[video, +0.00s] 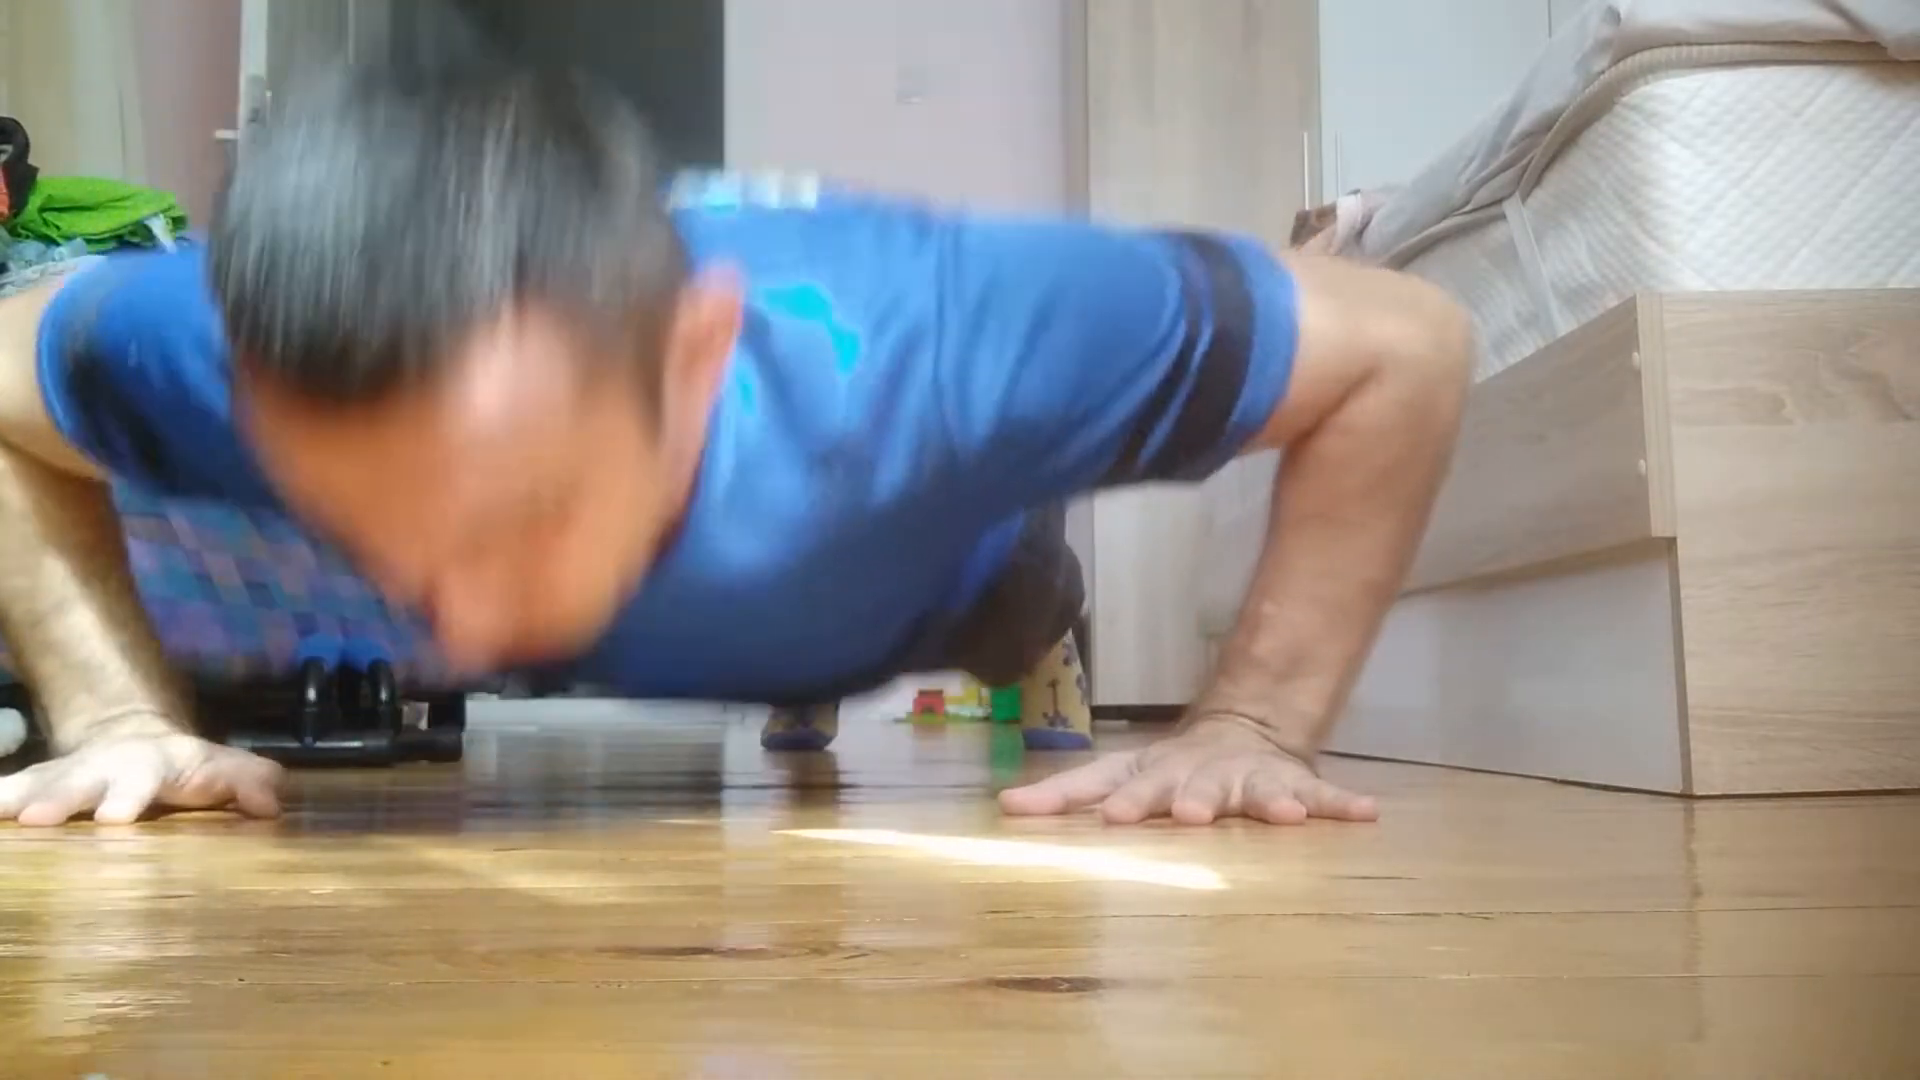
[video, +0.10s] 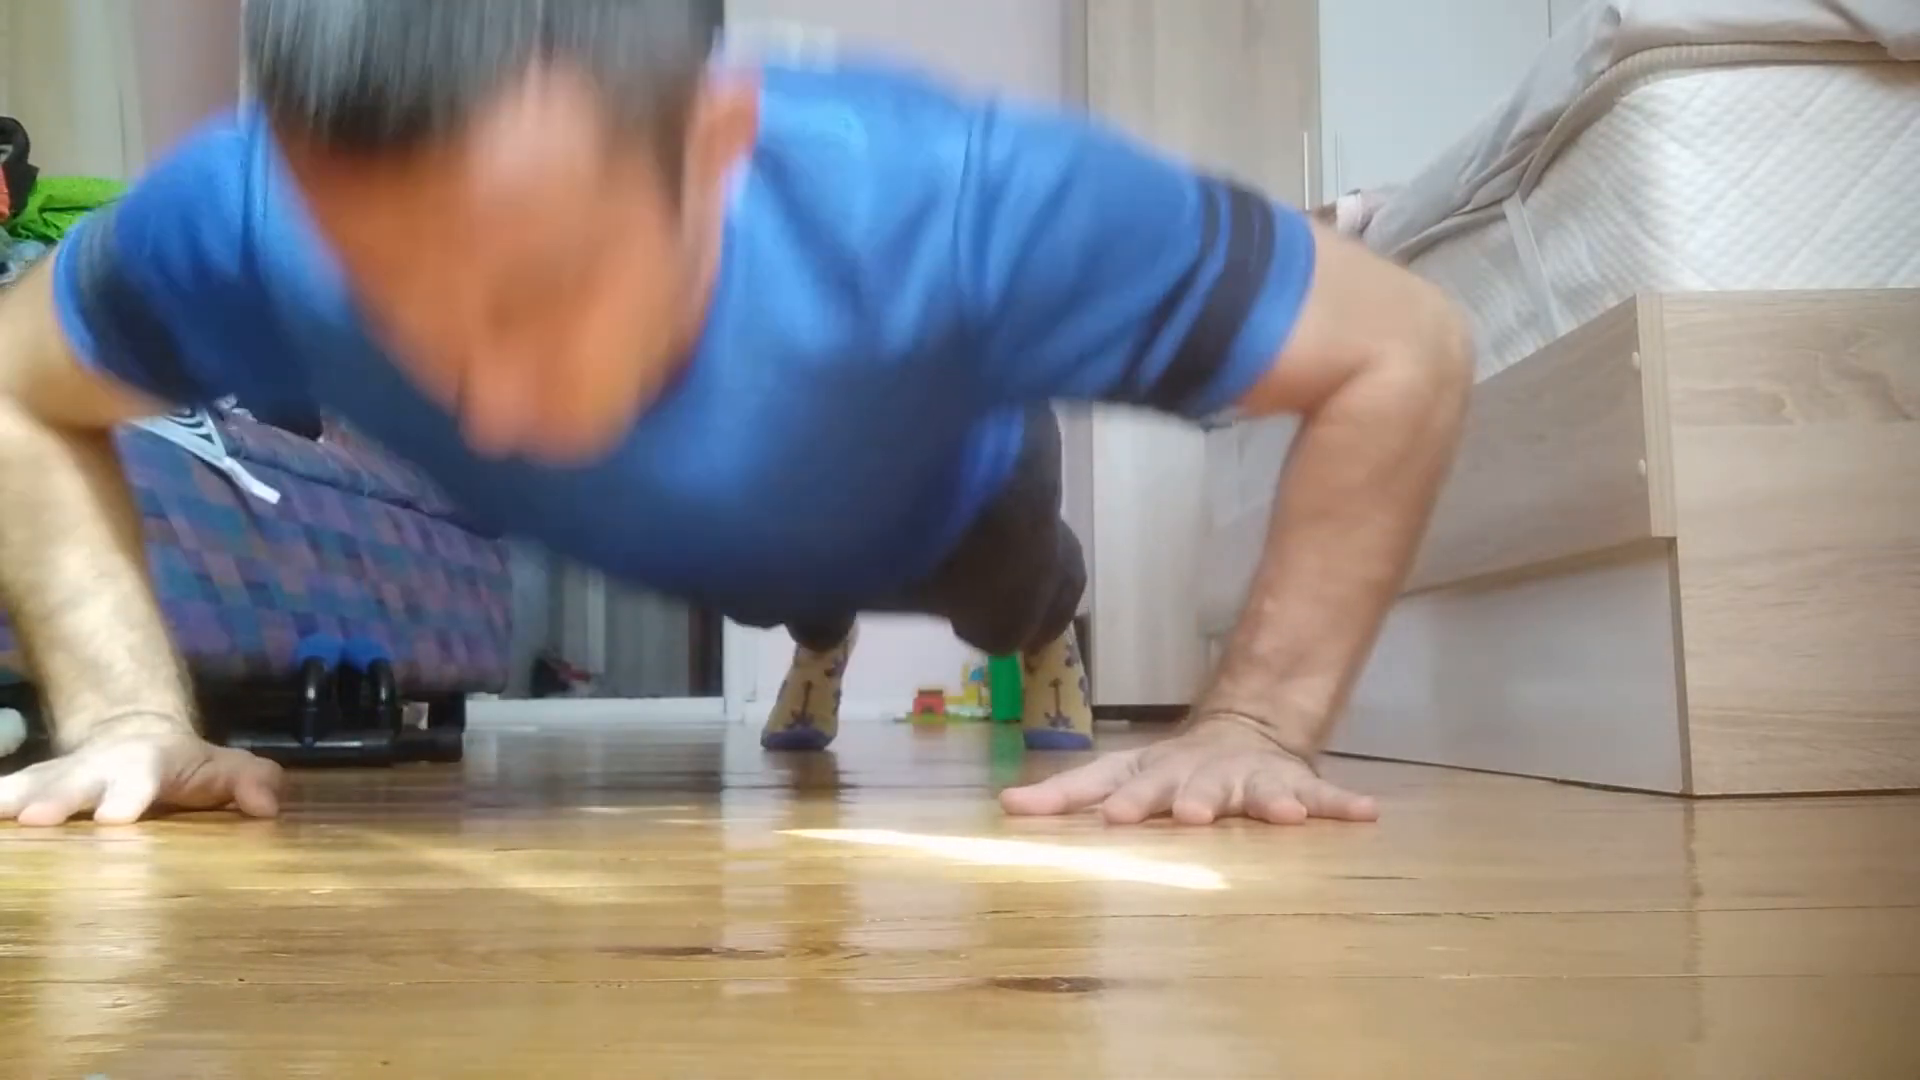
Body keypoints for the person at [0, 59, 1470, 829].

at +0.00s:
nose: (450, 619)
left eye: (520, 533)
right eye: (373, 548)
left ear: (691, 364)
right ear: (297, 429)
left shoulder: (945, 357)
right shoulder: (210, 348)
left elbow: (1406, 347)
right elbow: (16, 390)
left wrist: (1261, 725)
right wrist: (119, 712)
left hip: (924, 603)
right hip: (680, 633)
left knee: (1006, 618)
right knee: (802, 666)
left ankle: (1036, 652)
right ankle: (815, 701)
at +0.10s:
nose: (481, 378)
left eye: (536, 295)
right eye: (416, 311)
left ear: (710, 151)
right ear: (332, 224)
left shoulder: (956, 213)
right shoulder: (247, 232)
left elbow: (1406, 352)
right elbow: (23, 397)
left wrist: (1262, 723)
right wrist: (135, 715)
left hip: (945, 510)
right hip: (712, 534)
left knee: (1010, 604)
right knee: (793, 596)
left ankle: (1037, 633)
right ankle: (818, 655)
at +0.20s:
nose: (513, 148)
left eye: (556, 58)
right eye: (448, 82)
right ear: (380, 45)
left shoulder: (951, 54)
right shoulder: (294, 81)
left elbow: (1352, 334)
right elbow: (72, 361)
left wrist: (1255, 717)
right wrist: (133, 716)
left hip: (934, 446)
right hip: (693, 497)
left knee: (1014, 580)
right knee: (792, 590)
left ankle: (1025, 626)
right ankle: (820, 650)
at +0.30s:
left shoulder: (984, 13)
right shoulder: (319, 15)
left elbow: (1252, 291)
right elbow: (155, 320)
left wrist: (1245, 717)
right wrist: (144, 717)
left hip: (932, 384)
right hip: (687, 441)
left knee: (1008, 561)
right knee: (786, 568)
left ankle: (1020, 617)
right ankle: (823, 645)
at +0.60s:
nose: (508, 93)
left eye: (557, 34)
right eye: (461, 43)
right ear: (405, 11)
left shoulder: (934, 21)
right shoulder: (300, 39)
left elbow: (1305, 311)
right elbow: (95, 349)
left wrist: (1246, 720)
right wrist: (137, 720)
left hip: (941, 486)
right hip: (691, 533)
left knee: (1001, 611)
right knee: (788, 611)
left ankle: (1007, 651)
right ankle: (816, 654)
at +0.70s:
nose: (487, 504)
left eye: (541, 408)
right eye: (413, 435)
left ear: (697, 202)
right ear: (304, 293)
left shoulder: (931, 215)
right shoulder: (240, 263)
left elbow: (1351, 350)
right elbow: (49, 390)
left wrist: (1247, 718)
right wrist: (134, 714)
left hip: (972, 641)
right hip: (664, 645)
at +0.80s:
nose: (481, 773)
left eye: (543, 670)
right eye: (394, 696)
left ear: (700, 452)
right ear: (276, 536)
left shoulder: (938, 401)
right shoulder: (235, 386)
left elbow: (1349, 341)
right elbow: (30, 372)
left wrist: (1248, 723)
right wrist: (124, 715)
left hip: (948, 704)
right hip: (640, 730)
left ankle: (1025, 682)